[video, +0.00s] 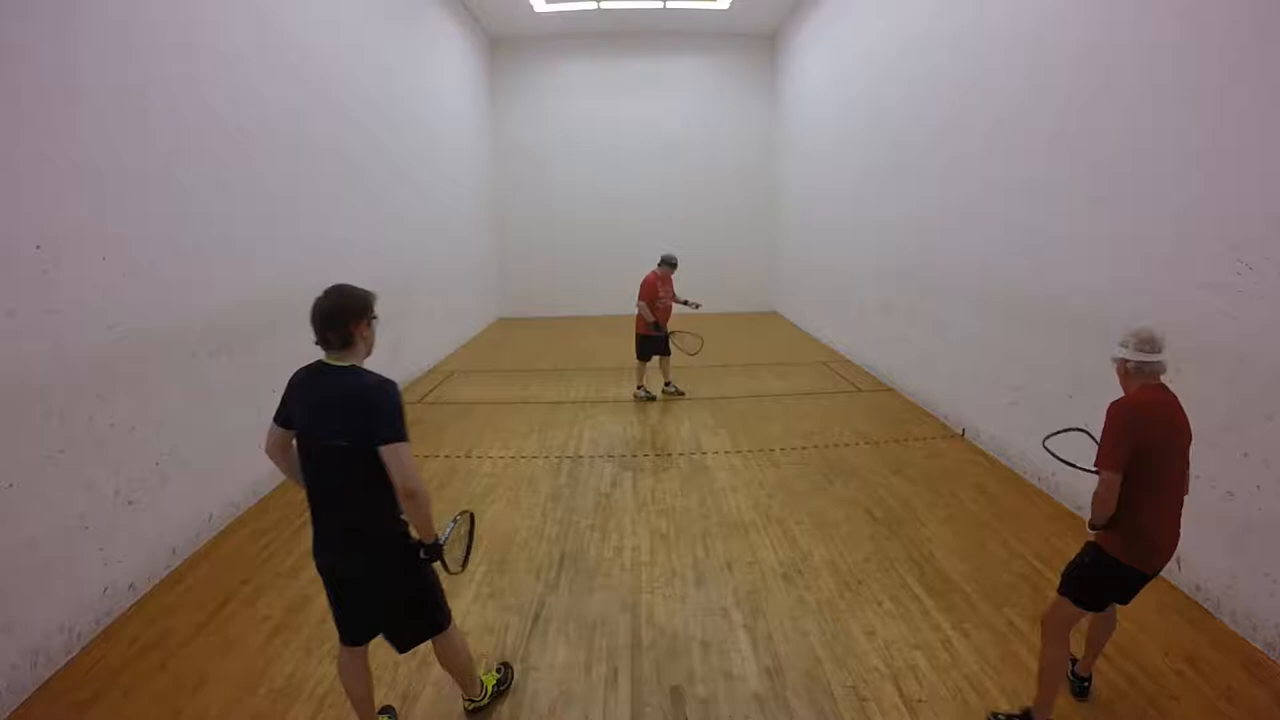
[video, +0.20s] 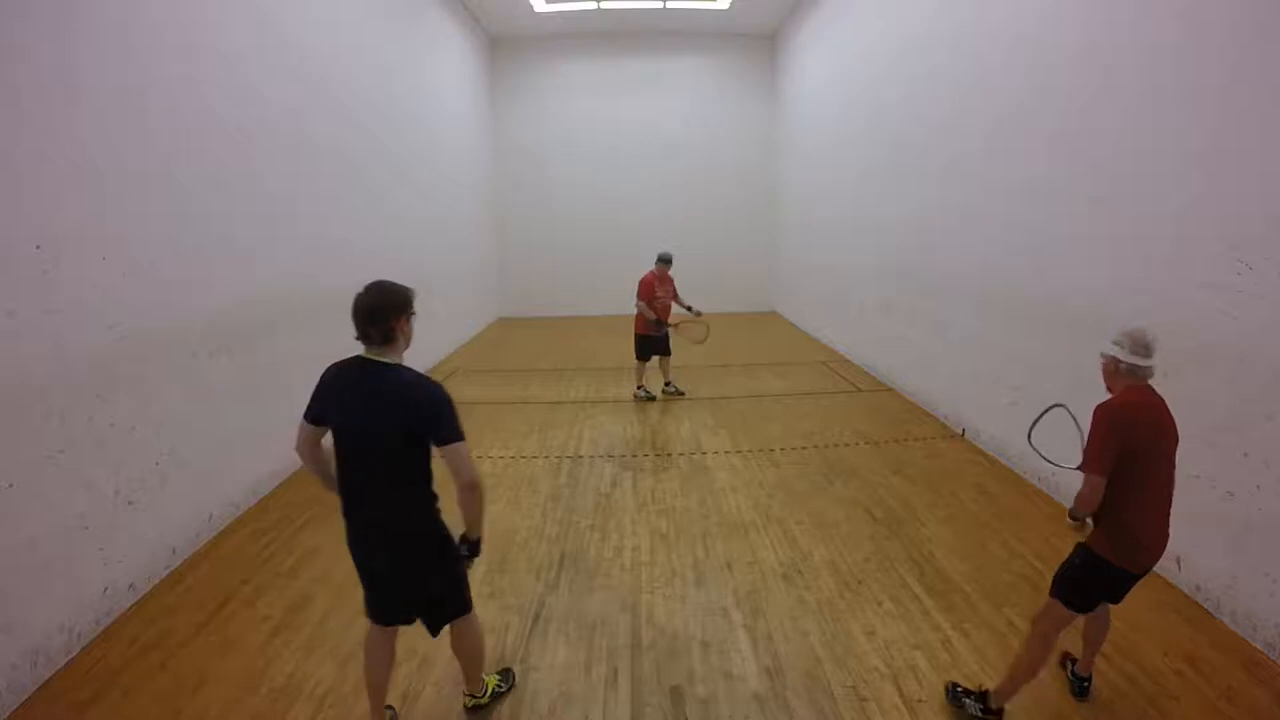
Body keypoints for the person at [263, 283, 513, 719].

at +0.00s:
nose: (374, 329)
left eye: (372, 321)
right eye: (372, 321)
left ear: (322, 333)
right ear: (362, 329)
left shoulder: (302, 382)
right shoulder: (377, 391)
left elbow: (277, 448)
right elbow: (408, 486)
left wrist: (316, 485)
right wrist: (430, 540)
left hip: (332, 544)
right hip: (384, 543)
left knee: (352, 641)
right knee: (439, 622)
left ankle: (368, 716)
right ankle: (476, 691)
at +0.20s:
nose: (412, 325)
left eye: (411, 317)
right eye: (411, 317)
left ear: (359, 327)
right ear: (400, 325)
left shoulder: (337, 377)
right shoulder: (424, 391)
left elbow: (306, 445)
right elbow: (467, 480)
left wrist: (339, 486)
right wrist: (472, 538)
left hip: (362, 527)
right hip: (417, 527)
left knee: (382, 619)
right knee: (460, 609)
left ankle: (377, 712)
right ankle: (476, 690)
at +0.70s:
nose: (442, 307)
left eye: (437, 300)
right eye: (441, 301)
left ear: (393, 310)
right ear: (435, 308)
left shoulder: (370, 359)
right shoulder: (462, 360)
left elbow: (344, 435)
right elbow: (502, 439)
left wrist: (356, 499)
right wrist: (504, 485)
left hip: (399, 498)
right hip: (450, 499)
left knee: (413, 575)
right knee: (470, 599)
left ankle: (428, 644)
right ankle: (477, 687)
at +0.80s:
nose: (435, 308)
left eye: (430, 302)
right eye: (433, 302)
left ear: (387, 313)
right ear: (429, 309)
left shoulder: (367, 362)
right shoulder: (457, 360)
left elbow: (343, 438)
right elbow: (496, 437)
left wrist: (358, 495)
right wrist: (496, 491)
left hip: (397, 495)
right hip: (447, 495)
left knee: (419, 571)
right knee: (472, 594)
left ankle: (430, 649)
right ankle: (477, 685)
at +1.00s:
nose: (422, 301)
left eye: (419, 295)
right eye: (421, 296)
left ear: (375, 307)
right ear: (416, 302)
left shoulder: (359, 354)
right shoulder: (446, 351)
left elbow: (331, 417)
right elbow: (480, 425)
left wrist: (371, 455)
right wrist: (486, 475)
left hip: (393, 482)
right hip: (440, 480)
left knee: (413, 568)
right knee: (478, 568)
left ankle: (428, 647)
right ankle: (481, 665)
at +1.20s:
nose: (422, 310)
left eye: (420, 303)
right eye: (420, 304)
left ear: (375, 316)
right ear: (414, 312)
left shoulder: (362, 362)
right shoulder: (442, 362)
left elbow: (336, 419)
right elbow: (483, 434)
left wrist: (377, 431)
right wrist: (486, 480)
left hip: (392, 487)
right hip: (440, 484)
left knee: (414, 569)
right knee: (477, 569)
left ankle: (430, 649)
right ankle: (490, 662)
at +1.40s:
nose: (426, 298)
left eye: (424, 291)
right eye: (425, 292)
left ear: (379, 303)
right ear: (420, 300)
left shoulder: (361, 351)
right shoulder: (447, 349)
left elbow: (334, 415)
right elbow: (485, 417)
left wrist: (375, 431)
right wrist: (484, 466)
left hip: (393, 480)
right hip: (442, 476)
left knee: (414, 567)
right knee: (479, 566)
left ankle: (426, 644)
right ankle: (501, 658)